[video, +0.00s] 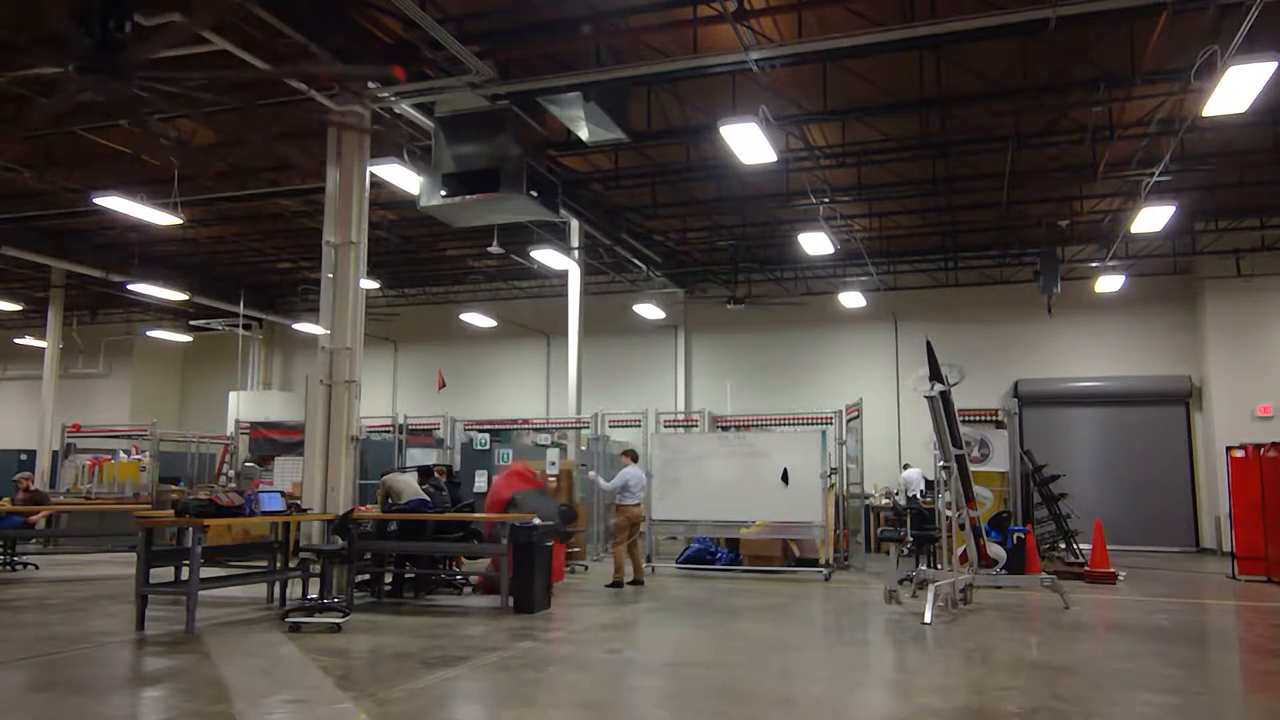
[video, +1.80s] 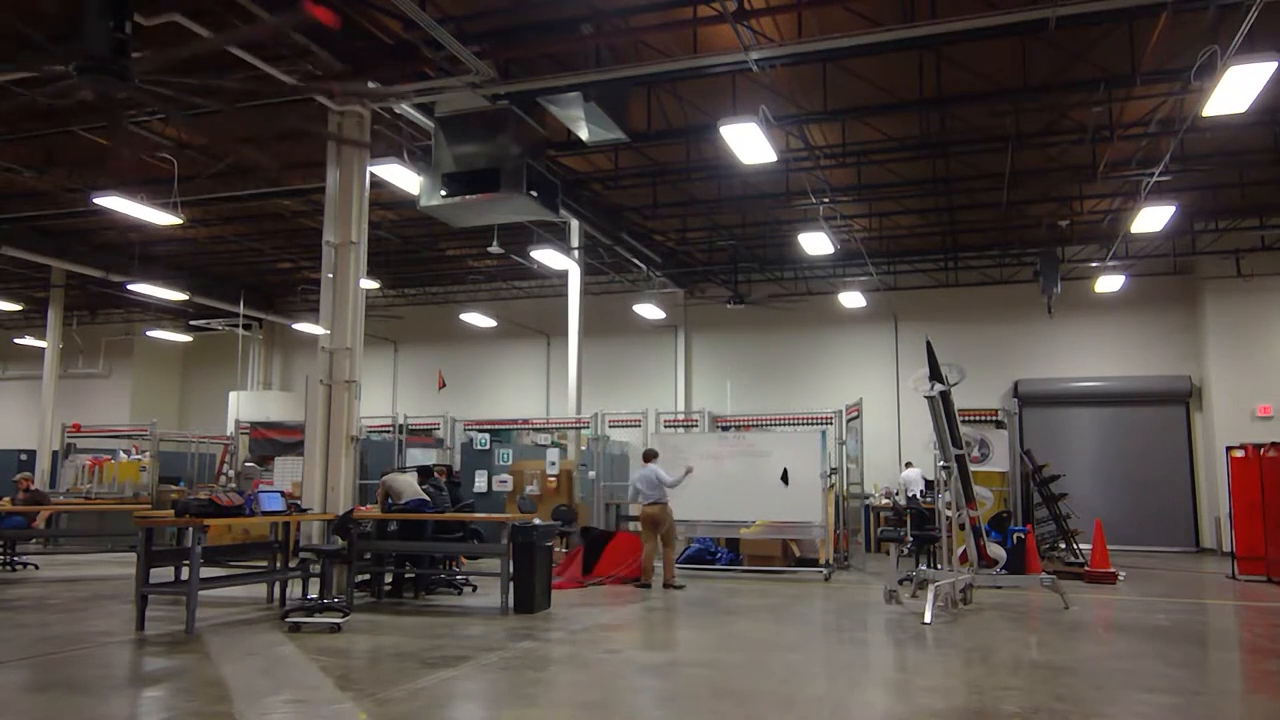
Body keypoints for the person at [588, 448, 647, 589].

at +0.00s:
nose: (621, 460)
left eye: (622, 458)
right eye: (621, 458)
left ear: (629, 458)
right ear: (633, 459)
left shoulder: (626, 472)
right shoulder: (641, 473)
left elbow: (609, 487)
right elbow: (640, 491)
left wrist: (595, 478)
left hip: (624, 508)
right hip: (637, 507)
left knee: (619, 544)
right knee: (633, 544)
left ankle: (618, 579)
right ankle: (638, 577)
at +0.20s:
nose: (626, 461)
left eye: (627, 458)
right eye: (626, 459)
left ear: (632, 458)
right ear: (638, 459)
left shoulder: (629, 472)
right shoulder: (646, 473)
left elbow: (613, 488)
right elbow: (651, 488)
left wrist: (598, 478)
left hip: (629, 508)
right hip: (643, 507)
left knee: (622, 544)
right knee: (637, 544)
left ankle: (621, 578)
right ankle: (639, 577)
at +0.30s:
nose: (628, 461)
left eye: (629, 459)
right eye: (628, 459)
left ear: (633, 459)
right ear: (640, 459)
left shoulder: (631, 472)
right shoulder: (648, 472)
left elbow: (615, 488)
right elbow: (656, 487)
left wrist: (599, 477)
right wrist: (662, 495)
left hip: (631, 508)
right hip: (644, 507)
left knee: (624, 544)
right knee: (638, 544)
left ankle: (623, 578)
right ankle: (639, 577)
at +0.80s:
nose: (631, 462)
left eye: (632, 460)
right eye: (631, 460)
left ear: (636, 460)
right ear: (644, 460)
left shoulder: (635, 472)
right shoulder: (653, 472)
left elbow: (628, 490)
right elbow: (667, 488)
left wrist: (611, 485)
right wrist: (683, 489)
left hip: (636, 508)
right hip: (649, 508)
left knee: (634, 544)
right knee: (644, 544)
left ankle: (642, 575)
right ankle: (641, 574)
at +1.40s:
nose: (634, 462)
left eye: (634, 460)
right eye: (635, 460)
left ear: (635, 460)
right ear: (646, 459)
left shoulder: (633, 474)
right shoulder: (654, 470)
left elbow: (624, 495)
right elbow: (672, 483)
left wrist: (606, 491)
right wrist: (689, 475)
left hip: (642, 508)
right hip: (657, 506)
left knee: (646, 545)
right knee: (658, 544)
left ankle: (646, 578)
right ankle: (660, 578)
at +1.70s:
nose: (652, 460)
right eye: (652, 458)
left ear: (640, 459)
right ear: (653, 459)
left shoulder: (634, 474)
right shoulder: (655, 470)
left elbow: (629, 496)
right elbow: (671, 483)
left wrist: (620, 494)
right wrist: (687, 475)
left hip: (644, 508)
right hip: (659, 506)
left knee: (648, 545)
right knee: (667, 545)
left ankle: (646, 580)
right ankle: (669, 579)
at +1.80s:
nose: (656, 461)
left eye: (656, 459)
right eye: (656, 459)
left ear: (643, 459)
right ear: (654, 459)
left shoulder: (636, 475)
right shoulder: (655, 470)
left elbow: (631, 498)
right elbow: (670, 483)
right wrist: (685, 473)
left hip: (646, 508)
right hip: (661, 507)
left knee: (649, 545)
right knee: (668, 545)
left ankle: (646, 579)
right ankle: (668, 579)